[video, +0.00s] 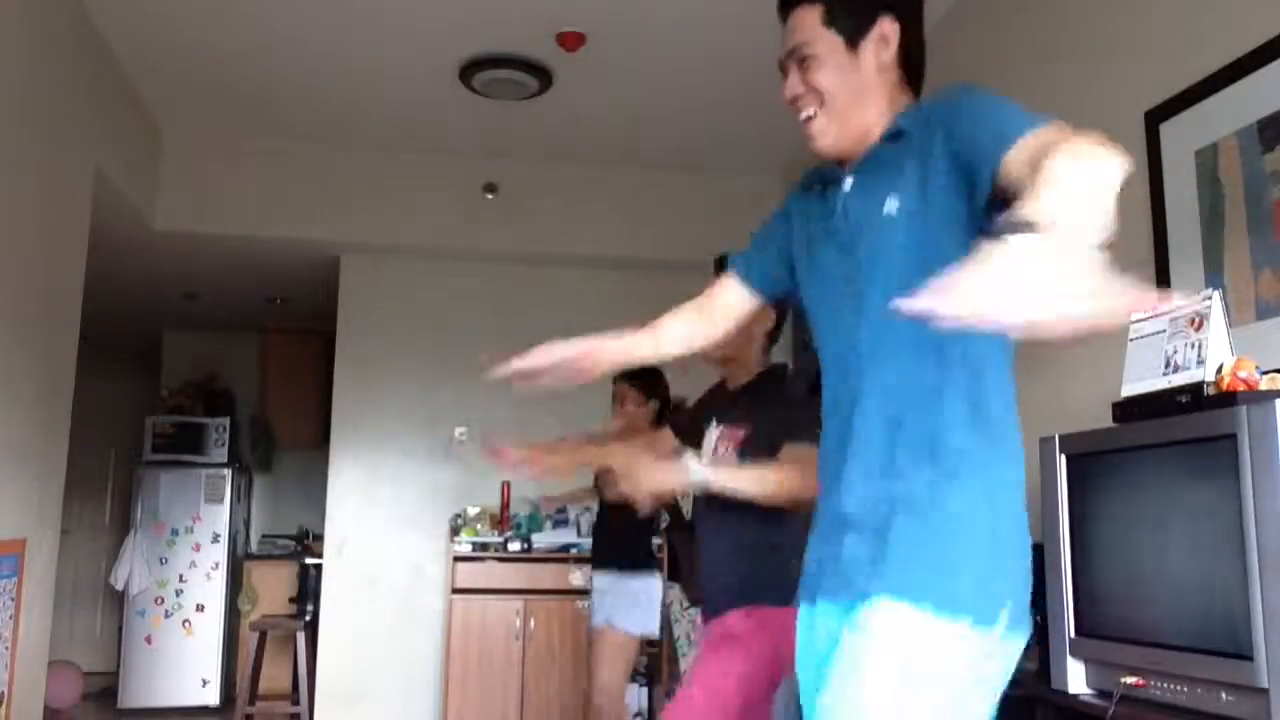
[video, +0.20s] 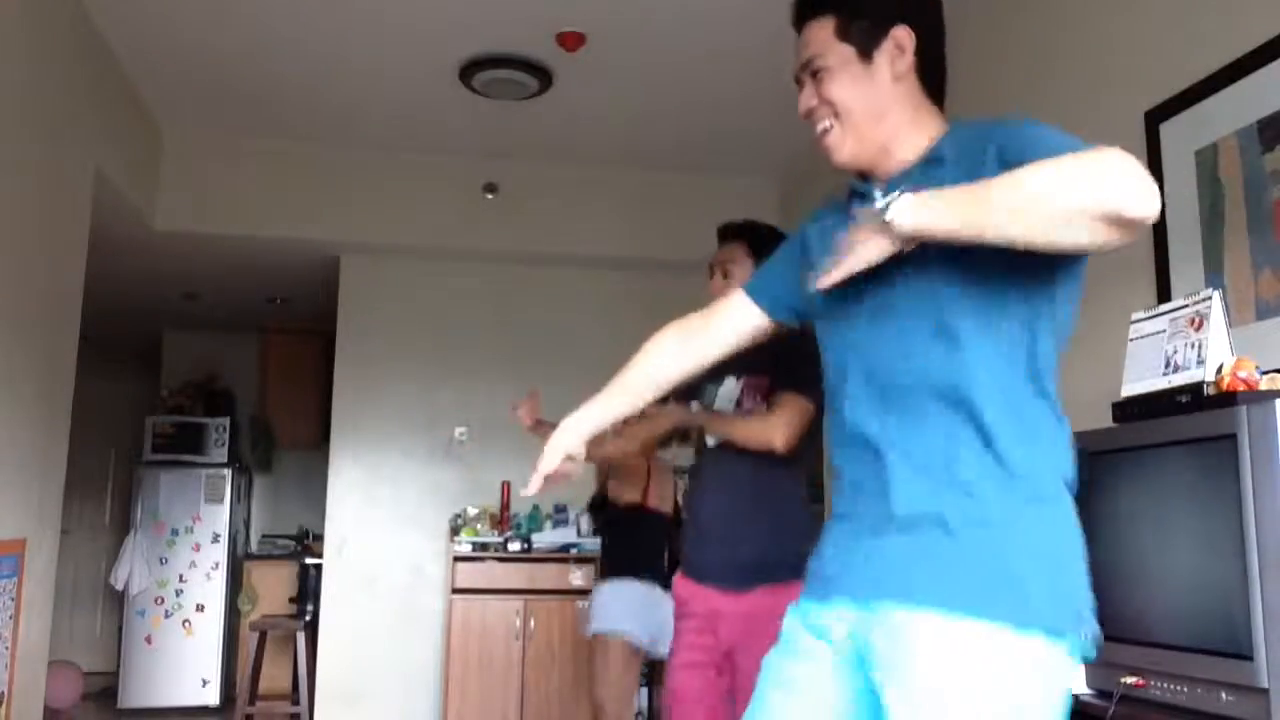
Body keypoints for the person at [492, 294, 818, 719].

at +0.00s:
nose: (719, 325)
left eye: (735, 312)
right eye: (719, 310)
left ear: (768, 320)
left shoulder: (790, 391)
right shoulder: (716, 400)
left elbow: (802, 480)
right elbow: (656, 445)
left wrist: (689, 473)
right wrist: (565, 454)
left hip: (768, 606)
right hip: (717, 604)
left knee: (690, 708)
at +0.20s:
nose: (717, 286)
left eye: (729, 272)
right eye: (713, 274)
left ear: (768, 276)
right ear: (709, 280)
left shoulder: (798, 347)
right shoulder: (708, 361)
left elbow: (781, 433)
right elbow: (637, 437)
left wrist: (694, 417)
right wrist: (562, 437)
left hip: (772, 587)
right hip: (698, 583)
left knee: (766, 710)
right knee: (689, 710)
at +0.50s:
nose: (705, 300)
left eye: (717, 287)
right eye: (706, 287)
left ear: (762, 298)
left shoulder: (794, 371)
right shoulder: (711, 375)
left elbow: (824, 441)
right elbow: (657, 431)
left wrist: (738, 394)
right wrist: (568, 424)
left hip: (773, 617)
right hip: (707, 613)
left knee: (767, 713)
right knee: (665, 711)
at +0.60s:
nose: (694, 291)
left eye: (709, 277)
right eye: (694, 278)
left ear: (752, 290)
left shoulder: (775, 360)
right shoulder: (710, 365)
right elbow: (654, 401)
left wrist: (773, 423)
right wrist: (601, 393)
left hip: (756, 581)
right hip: (710, 580)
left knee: (730, 709)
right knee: (692, 709)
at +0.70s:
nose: (691, 309)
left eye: (706, 295)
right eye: (692, 295)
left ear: (749, 309)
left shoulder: (771, 383)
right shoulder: (699, 392)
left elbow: (816, 456)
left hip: (746, 598)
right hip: (706, 597)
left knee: (706, 712)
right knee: (709, 711)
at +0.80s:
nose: (692, 315)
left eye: (707, 302)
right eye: (693, 302)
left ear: (751, 317)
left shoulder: (771, 394)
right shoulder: (703, 399)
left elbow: (810, 481)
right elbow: (644, 446)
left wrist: (741, 542)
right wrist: (617, 464)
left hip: (754, 607)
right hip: (707, 600)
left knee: (692, 711)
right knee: (721, 711)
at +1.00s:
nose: (696, 287)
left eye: (711, 272)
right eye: (698, 273)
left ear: (755, 285)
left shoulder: (786, 357)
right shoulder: (701, 371)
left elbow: (783, 441)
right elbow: (668, 467)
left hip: (772, 582)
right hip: (704, 580)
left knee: (754, 712)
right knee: (681, 711)